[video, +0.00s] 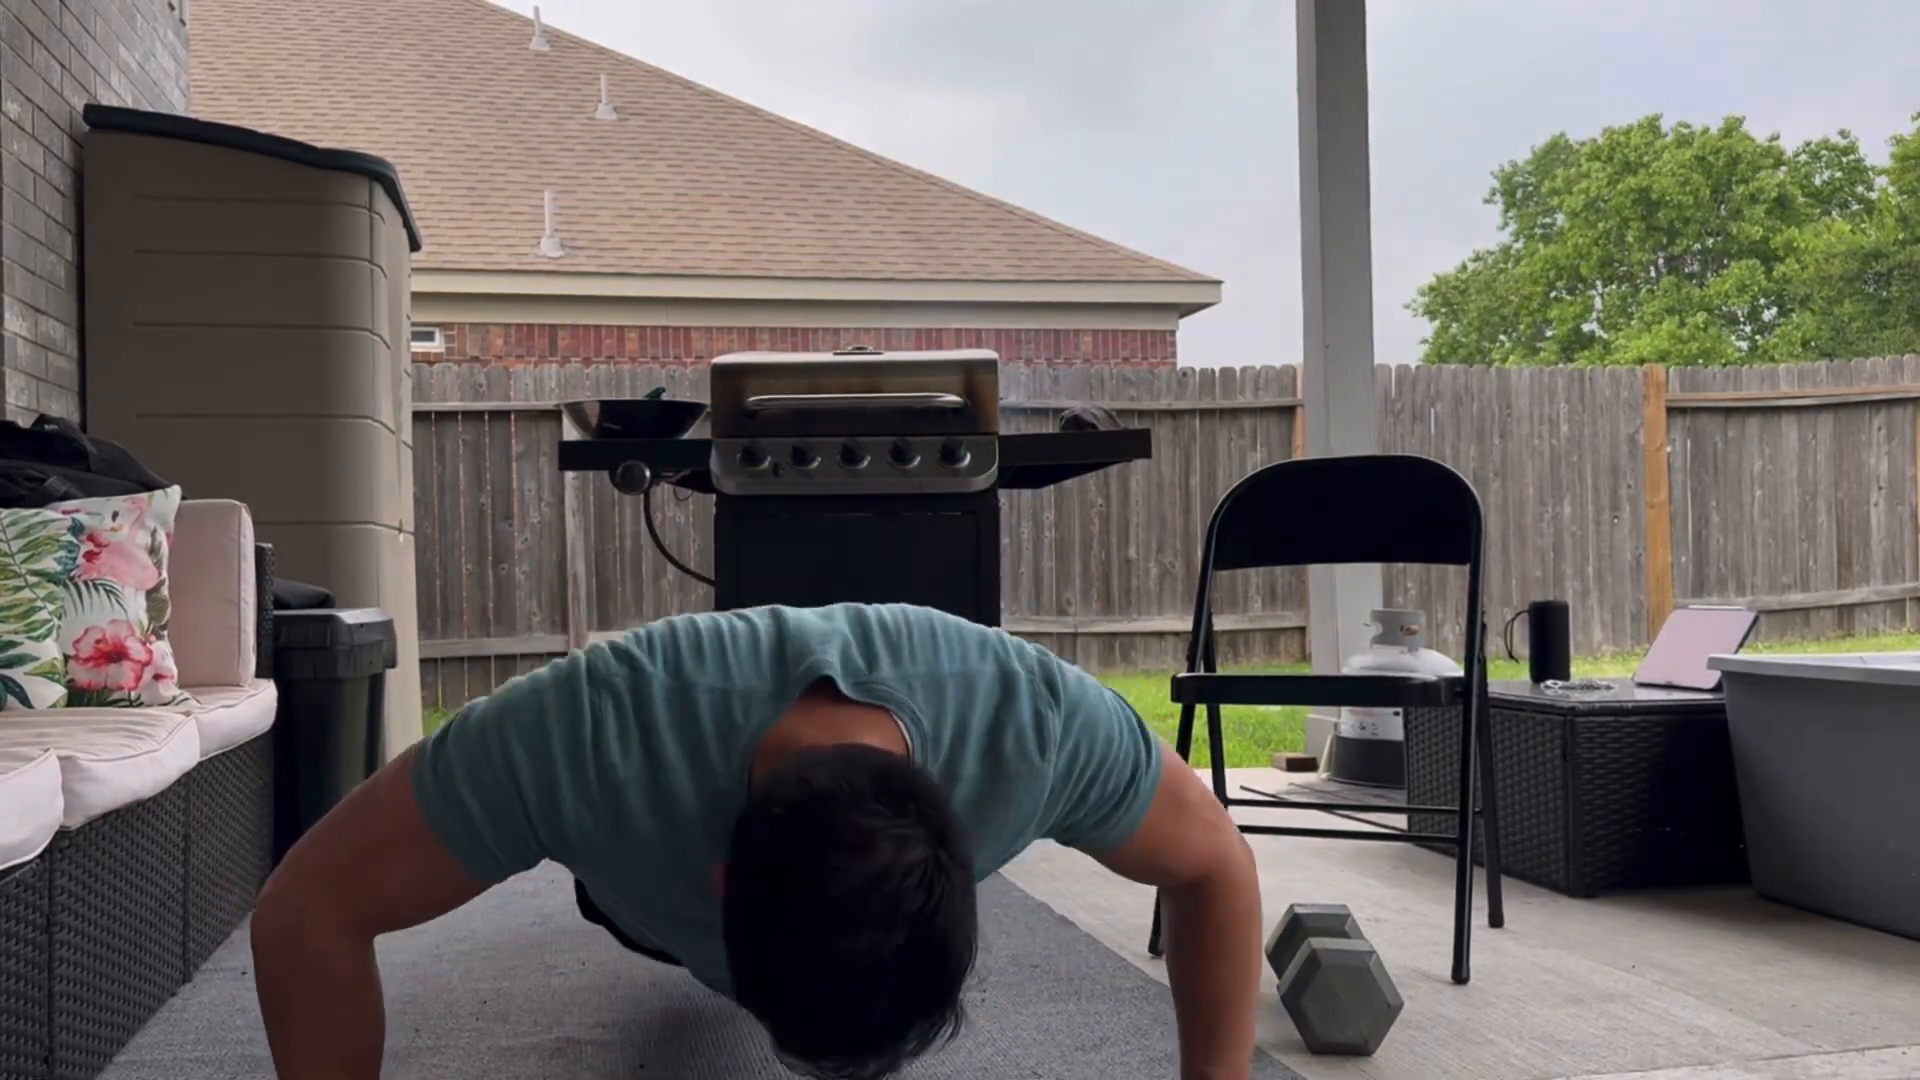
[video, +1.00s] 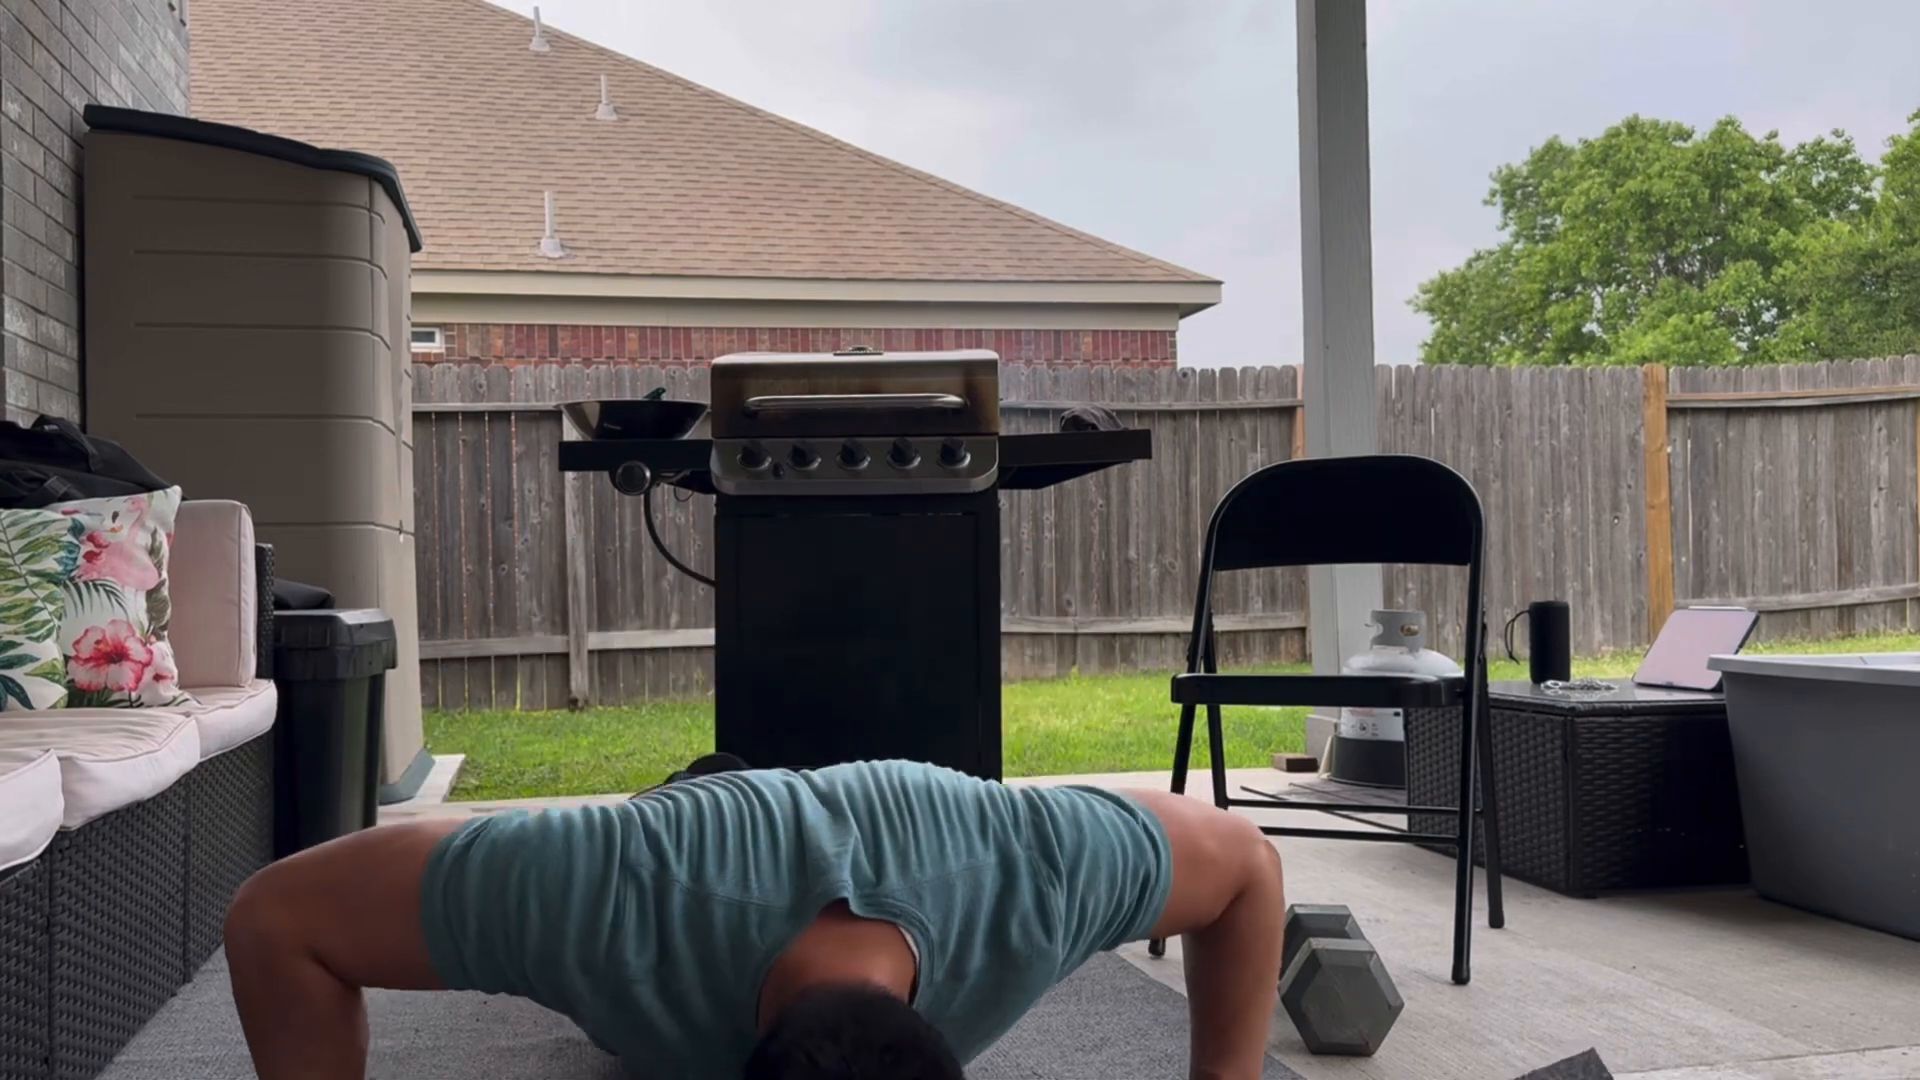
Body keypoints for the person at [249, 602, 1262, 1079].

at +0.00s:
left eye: (879, 1039)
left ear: (961, 867)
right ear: (729, 871)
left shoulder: (1038, 730)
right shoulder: (586, 735)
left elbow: (1217, 869)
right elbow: (306, 916)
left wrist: (1219, 1071)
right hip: (656, 883)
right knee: (657, 937)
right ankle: (660, 924)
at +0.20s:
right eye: (806, 1050)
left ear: (929, 1037)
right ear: (744, 1036)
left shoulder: (1043, 879)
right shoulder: (604, 909)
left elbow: (1245, 870)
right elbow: (283, 927)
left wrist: (1227, 1073)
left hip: (928, 813)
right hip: (689, 827)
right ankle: (437, 816)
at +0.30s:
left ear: (932, 1045)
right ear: (750, 1045)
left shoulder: (1043, 888)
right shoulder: (611, 928)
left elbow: (1246, 867)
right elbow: (283, 926)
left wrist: (1226, 1069)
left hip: (919, 812)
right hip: (674, 828)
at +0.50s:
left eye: (895, 1060)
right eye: (790, 1049)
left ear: (963, 918)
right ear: (731, 919)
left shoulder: (1050, 762)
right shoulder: (586, 778)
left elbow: (1229, 873)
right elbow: (294, 924)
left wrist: (1223, 1067)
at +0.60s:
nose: (819, 941)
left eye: (860, 925)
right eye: (792, 911)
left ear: (954, 792)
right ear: (723, 754)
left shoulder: (1034, 645)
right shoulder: (591, 635)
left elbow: (1193, 857)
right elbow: (360, 896)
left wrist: (1216, 1074)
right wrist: (354, 1079)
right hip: (657, 828)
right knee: (657, 896)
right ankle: (625, 869)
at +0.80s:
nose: (833, 1032)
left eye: (877, 1017)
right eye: (793, 997)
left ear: (964, 835)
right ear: (731, 855)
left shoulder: (1039, 715)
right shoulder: (591, 716)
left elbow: (1215, 871)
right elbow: (311, 912)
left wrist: (1216, 1070)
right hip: (664, 897)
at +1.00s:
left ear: (933, 1036)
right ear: (746, 1037)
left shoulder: (1044, 878)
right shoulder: (599, 904)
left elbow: (1245, 868)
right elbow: (276, 928)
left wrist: (1226, 1072)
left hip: (937, 818)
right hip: (698, 826)